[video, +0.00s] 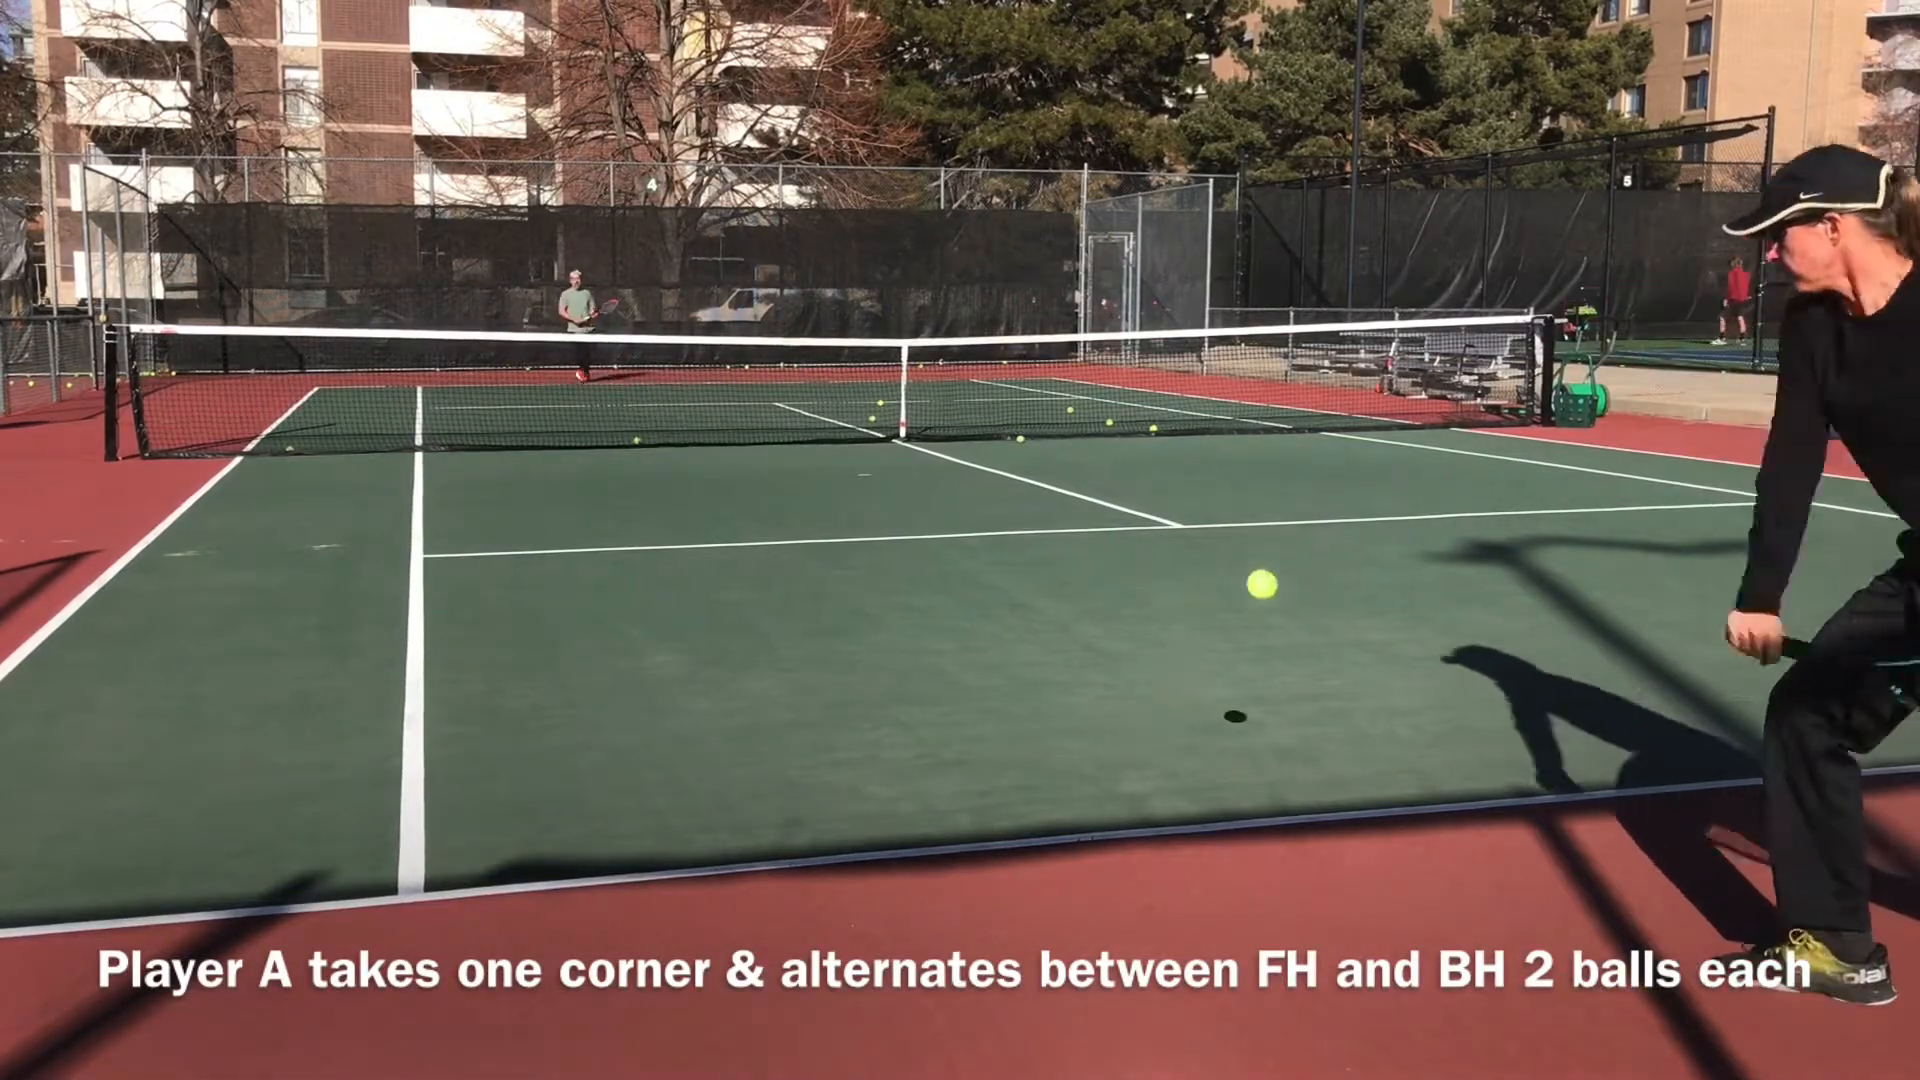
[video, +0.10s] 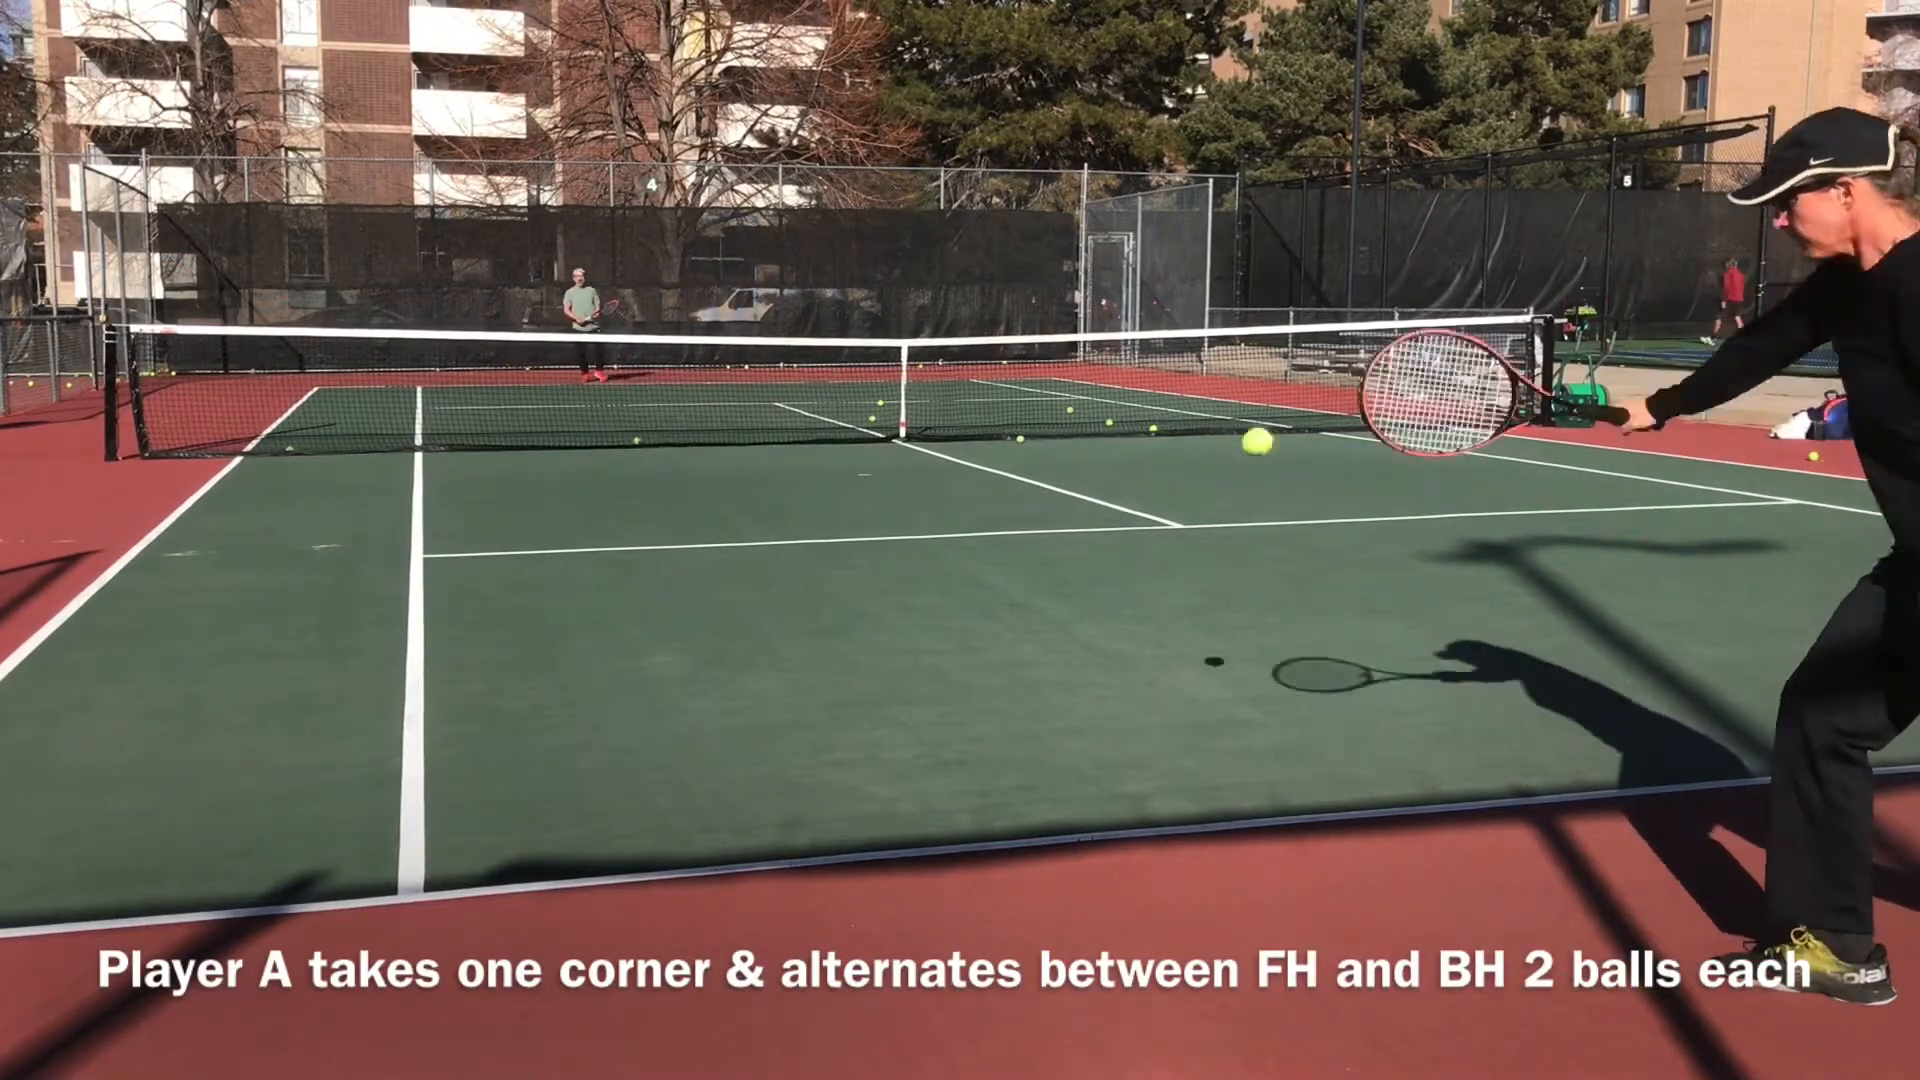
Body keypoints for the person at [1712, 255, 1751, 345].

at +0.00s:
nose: (1732, 267)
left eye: (1731, 265)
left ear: (1732, 264)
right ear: (1741, 264)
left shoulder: (1731, 274)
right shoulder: (1746, 274)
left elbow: (1730, 288)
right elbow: (1748, 286)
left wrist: (1727, 298)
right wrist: (1748, 295)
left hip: (1733, 299)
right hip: (1744, 299)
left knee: (1722, 316)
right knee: (1740, 316)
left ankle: (1722, 336)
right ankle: (1743, 335)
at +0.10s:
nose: (1728, 268)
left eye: (1728, 266)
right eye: (1730, 266)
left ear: (1728, 266)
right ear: (1736, 265)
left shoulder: (1727, 274)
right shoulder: (1741, 275)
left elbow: (1726, 288)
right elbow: (1742, 287)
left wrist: (1724, 299)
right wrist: (1741, 297)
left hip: (1729, 299)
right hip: (1738, 299)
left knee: (1720, 316)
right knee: (1737, 316)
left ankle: (1714, 335)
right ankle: (1743, 333)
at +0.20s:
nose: (1719, 267)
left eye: (1719, 265)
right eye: (1719, 265)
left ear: (1721, 265)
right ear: (1729, 265)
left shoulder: (1720, 274)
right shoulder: (1734, 274)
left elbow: (1721, 288)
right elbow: (1737, 285)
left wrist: (1720, 301)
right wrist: (1737, 297)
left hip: (1724, 300)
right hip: (1734, 300)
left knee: (1714, 318)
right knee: (1732, 317)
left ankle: (1711, 338)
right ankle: (1740, 336)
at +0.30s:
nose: (1714, 266)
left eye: (1715, 265)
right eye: (1715, 265)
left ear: (1716, 265)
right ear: (1723, 265)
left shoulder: (1715, 274)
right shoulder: (1728, 274)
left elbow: (1715, 288)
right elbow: (1729, 287)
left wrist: (1713, 300)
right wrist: (1730, 297)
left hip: (1717, 300)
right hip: (1725, 299)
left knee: (1711, 317)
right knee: (1724, 317)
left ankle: (1710, 338)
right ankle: (1735, 332)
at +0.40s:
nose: (1709, 265)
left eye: (1710, 263)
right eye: (1710, 263)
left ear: (1712, 264)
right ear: (1719, 263)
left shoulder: (1710, 272)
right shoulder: (1723, 273)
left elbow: (1708, 287)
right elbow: (1725, 286)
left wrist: (1705, 299)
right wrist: (1725, 296)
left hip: (1711, 298)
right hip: (1722, 298)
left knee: (1709, 317)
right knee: (1716, 318)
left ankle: (1709, 337)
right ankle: (1727, 331)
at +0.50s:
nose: (1705, 265)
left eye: (1706, 264)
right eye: (1706, 263)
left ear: (1707, 264)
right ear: (1714, 264)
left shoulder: (1705, 273)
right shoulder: (1719, 273)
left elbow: (1701, 286)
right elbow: (1722, 286)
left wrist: (1696, 297)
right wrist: (1720, 297)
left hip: (1706, 297)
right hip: (1715, 297)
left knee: (1706, 315)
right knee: (1711, 315)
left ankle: (1708, 337)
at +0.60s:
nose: (1701, 265)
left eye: (1702, 263)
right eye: (1703, 263)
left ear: (1702, 264)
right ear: (1710, 264)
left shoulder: (1700, 273)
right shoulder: (1715, 273)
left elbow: (1696, 287)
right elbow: (1717, 286)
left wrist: (1689, 297)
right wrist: (1718, 297)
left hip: (1702, 297)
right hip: (1712, 297)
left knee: (1704, 315)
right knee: (1707, 316)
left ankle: (1709, 336)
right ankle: (1701, 335)